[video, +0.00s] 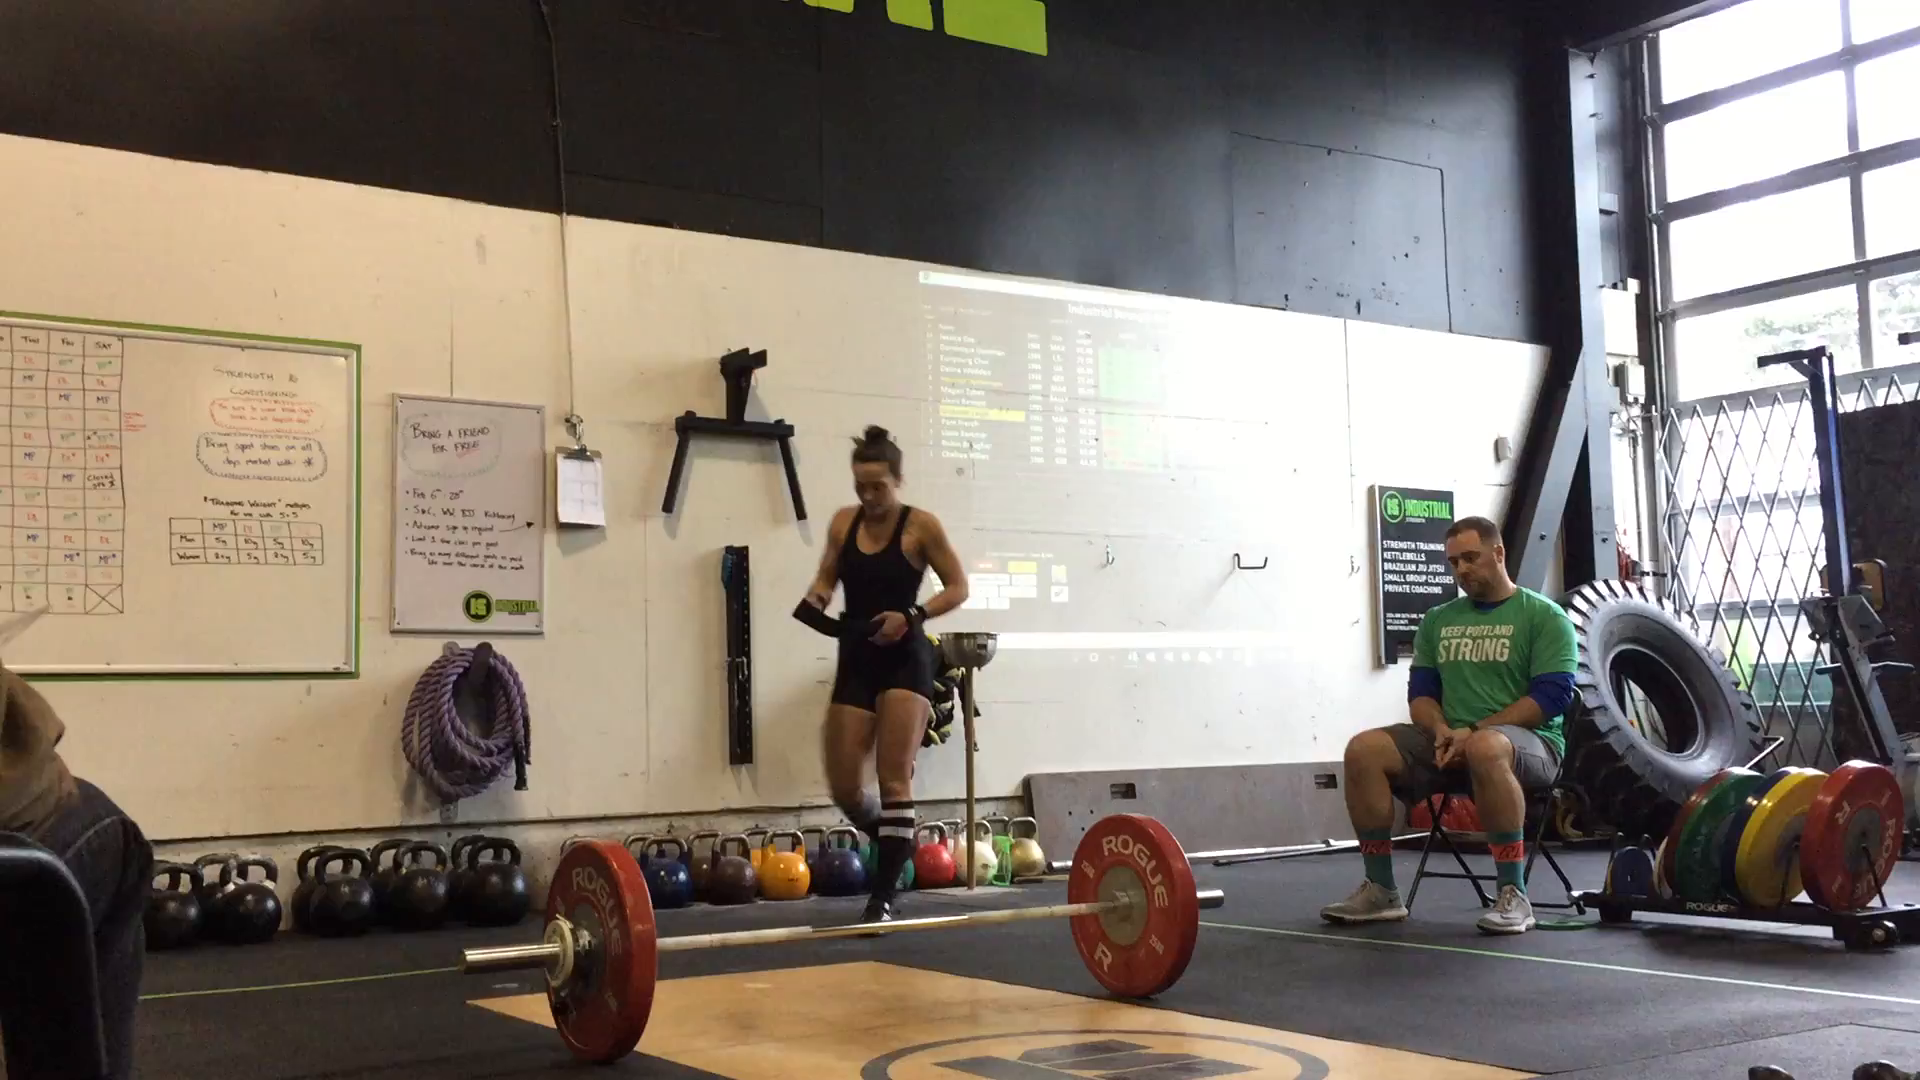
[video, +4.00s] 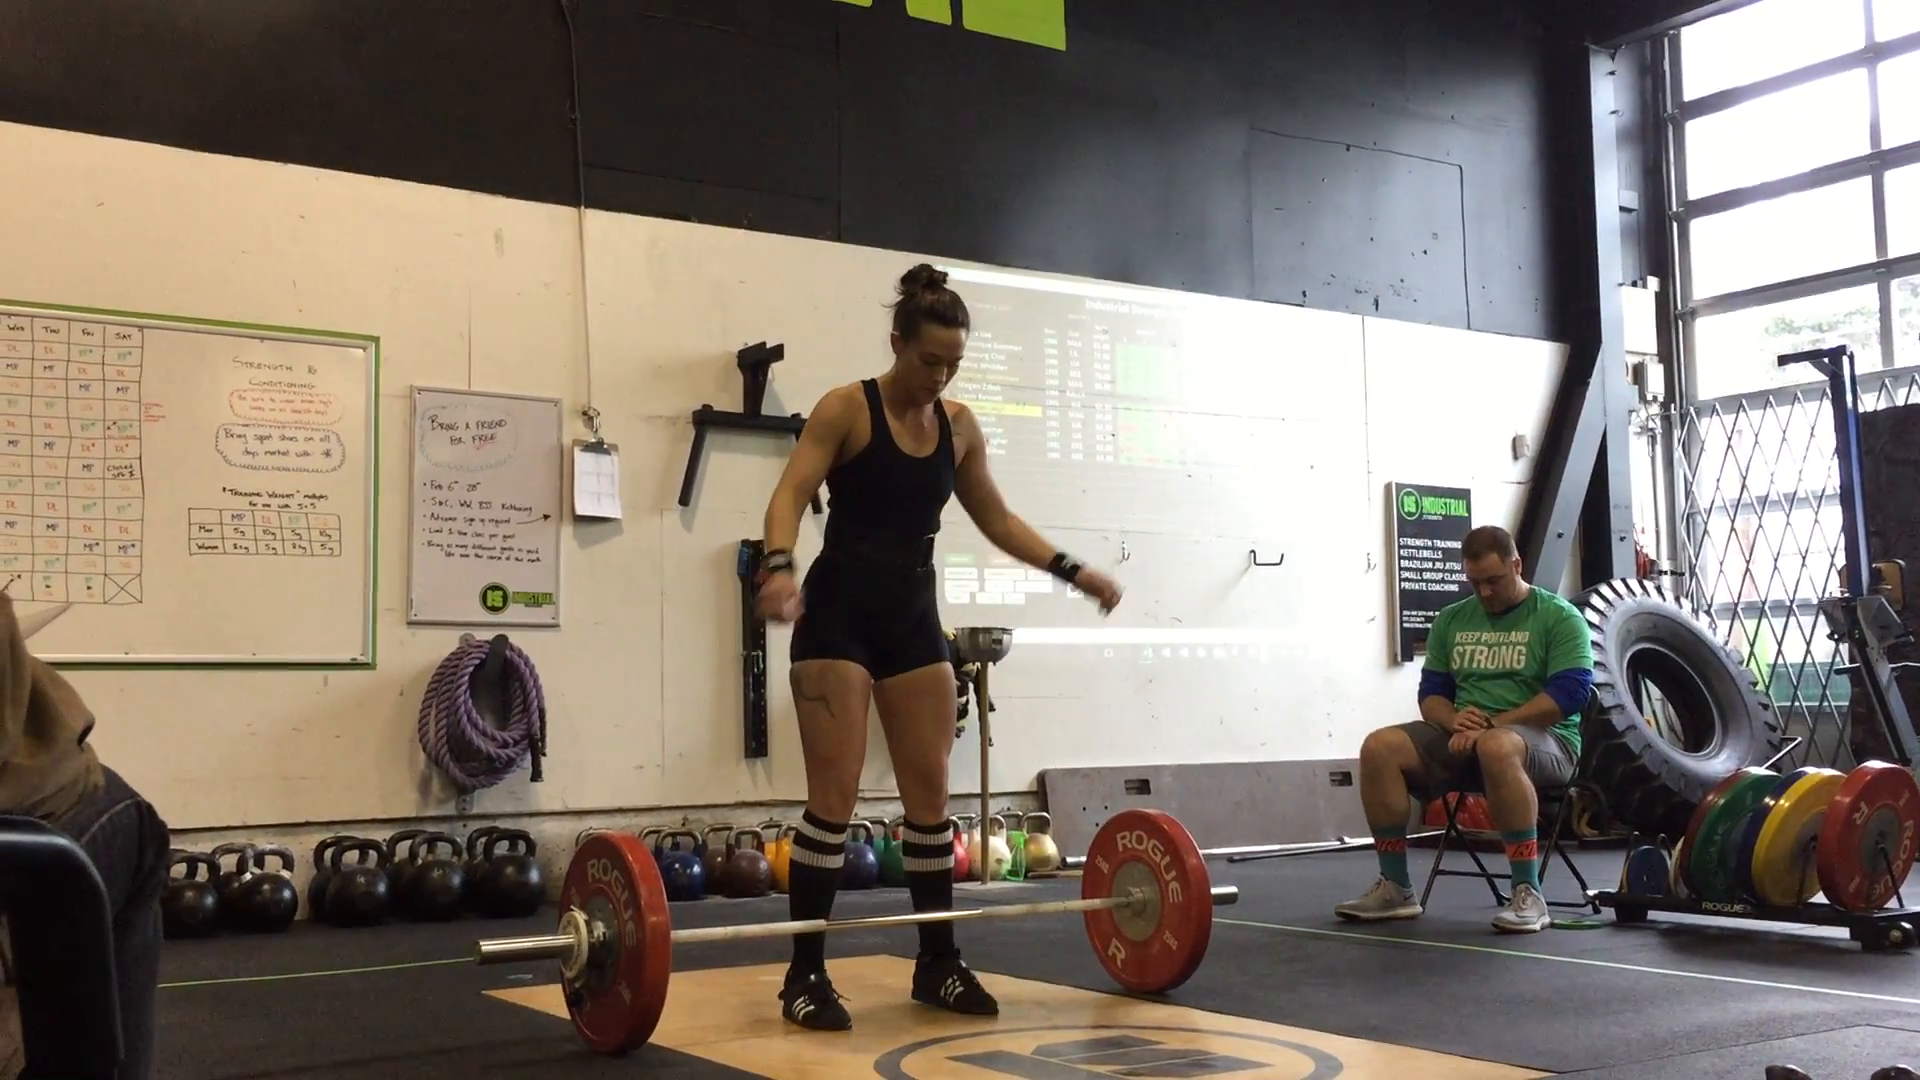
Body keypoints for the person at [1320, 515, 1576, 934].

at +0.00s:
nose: (1461, 570)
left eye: (1470, 558)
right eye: (1454, 562)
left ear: (1499, 553)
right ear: (1449, 566)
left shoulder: (1545, 617)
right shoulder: (1437, 621)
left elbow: (1553, 696)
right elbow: (1421, 696)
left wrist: (1477, 731)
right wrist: (1439, 727)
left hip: (1528, 743)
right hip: (1450, 743)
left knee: (1486, 747)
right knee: (1363, 750)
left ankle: (1512, 896)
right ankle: (1381, 891)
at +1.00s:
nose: (1462, 594)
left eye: (1470, 582)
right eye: (1453, 585)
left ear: (1495, 571)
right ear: (1444, 579)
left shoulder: (1535, 626)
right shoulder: (1429, 632)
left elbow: (1551, 701)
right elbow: (1410, 708)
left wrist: (1473, 734)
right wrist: (1435, 727)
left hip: (1522, 750)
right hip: (1444, 752)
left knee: (1476, 758)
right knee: (1358, 760)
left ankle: (1506, 906)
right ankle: (1376, 900)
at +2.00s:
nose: (1463, 606)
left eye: (1472, 595)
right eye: (1454, 596)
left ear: (1497, 580)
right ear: (1444, 588)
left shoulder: (1536, 632)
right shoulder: (1427, 635)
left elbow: (1548, 708)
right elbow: (1409, 710)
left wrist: (1469, 740)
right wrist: (1431, 735)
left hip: (1522, 757)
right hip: (1441, 757)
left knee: (1475, 763)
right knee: (1357, 764)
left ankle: (1504, 911)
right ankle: (1374, 904)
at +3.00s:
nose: (1475, 594)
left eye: (1484, 582)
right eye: (1465, 584)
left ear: (1508, 567)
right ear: (1455, 575)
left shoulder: (1549, 618)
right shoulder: (1441, 622)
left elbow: (1561, 694)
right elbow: (1422, 698)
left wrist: (1481, 730)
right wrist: (1444, 721)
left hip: (1535, 742)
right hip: (1454, 742)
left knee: (1487, 749)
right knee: (1370, 750)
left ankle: (1517, 897)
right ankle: (1386, 891)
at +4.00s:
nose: (1484, 593)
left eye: (1493, 581)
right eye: (1475, 583)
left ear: (1518, 565)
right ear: (1465, 573)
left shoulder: (1559, 616)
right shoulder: (1450, 620)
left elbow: (1571, 692)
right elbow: (1431, 695)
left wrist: (1491, 727)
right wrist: (1453, 719)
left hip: (1544, 740)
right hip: (1462, 739)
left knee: (1496, 747)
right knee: (1379, 748)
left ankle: (1527, 895)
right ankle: (1395, 888)